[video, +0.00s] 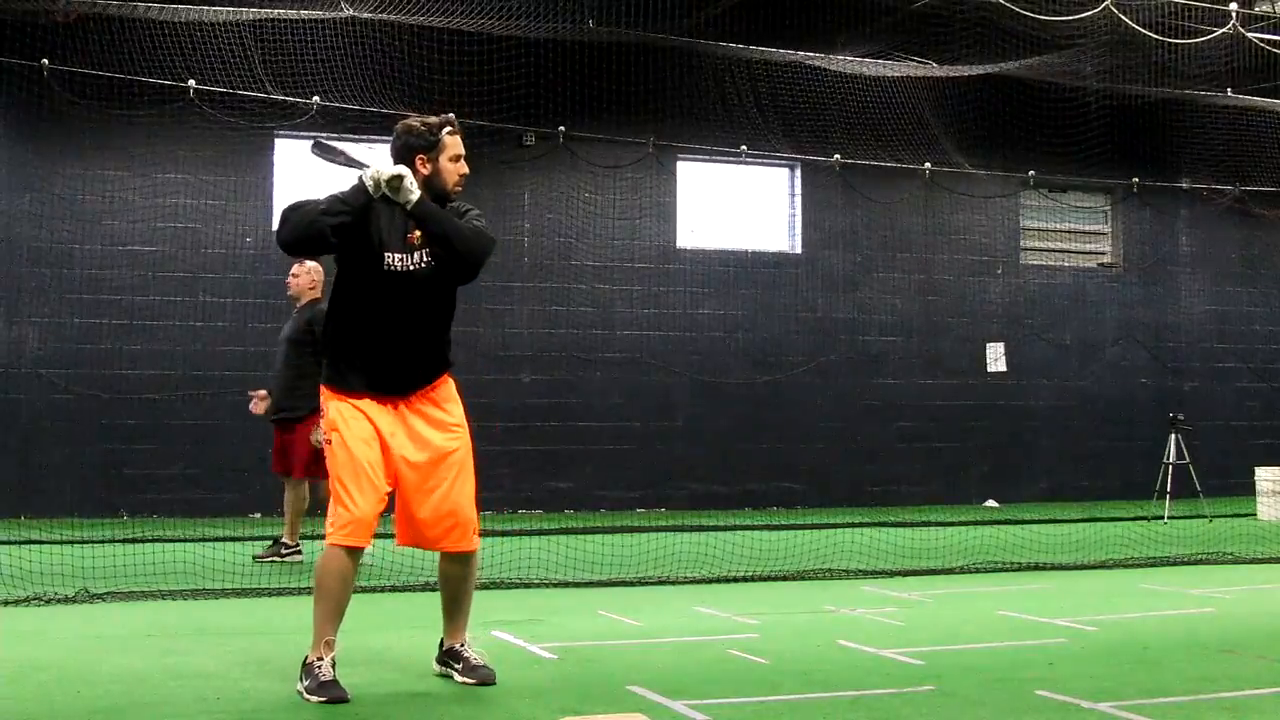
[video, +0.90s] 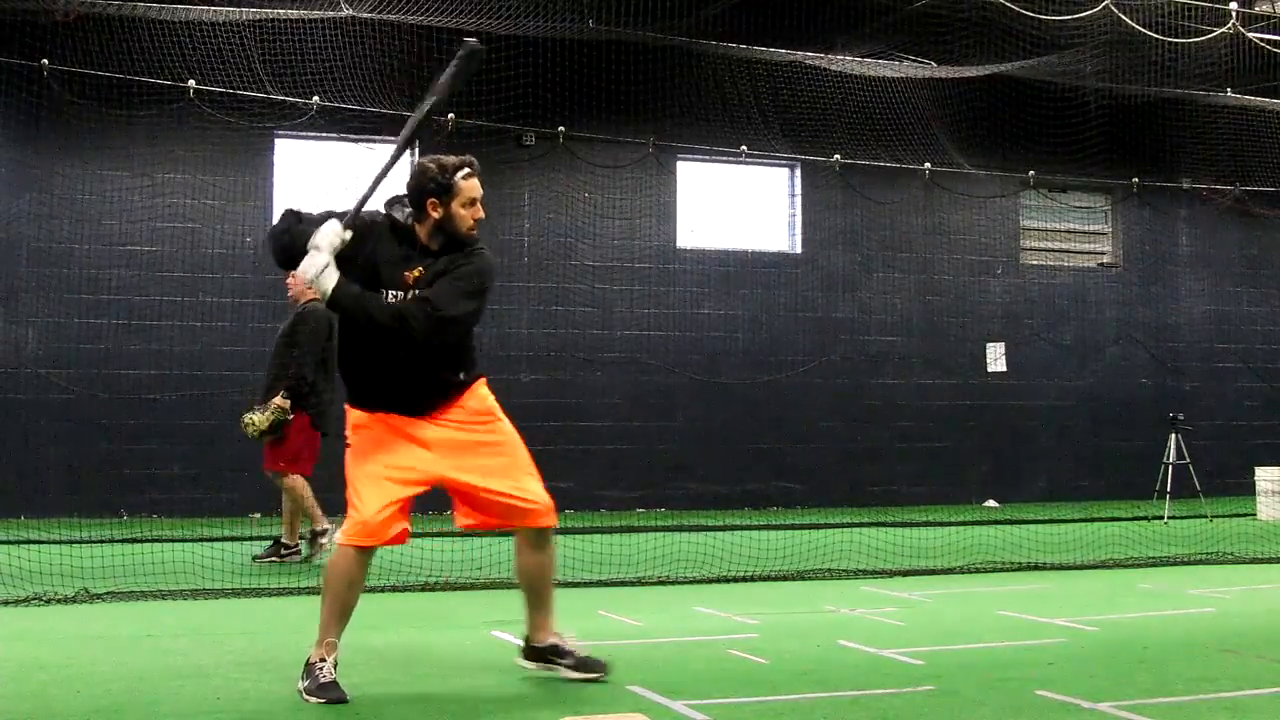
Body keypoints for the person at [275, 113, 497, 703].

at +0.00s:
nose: (464, 167)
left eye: (463, 157)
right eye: (455, 158)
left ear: (434, 163)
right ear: (421, 163)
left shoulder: (457, 219)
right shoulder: (360, 210)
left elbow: (474, 252)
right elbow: (291, 235)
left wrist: (416, 200)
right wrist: (362, 192)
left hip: (430, 395)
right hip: (354, 397)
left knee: (459, 527)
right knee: (353, 523)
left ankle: (454, 646)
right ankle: (320, 657)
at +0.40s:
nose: (450, 181)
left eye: (451, 171)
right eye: (442, 172)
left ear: (416, 175)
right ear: (407, 176)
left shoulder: (443, 232)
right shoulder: (343, 214)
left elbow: (445, 300)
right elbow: (266, 257)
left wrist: (386, 259)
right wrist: (339, 236)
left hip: (409, 400)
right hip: (332, 404)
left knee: (451, 516)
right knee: (342, 525)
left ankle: (438, 629)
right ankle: (318, 658)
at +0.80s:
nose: (469, 205)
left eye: (470, 194)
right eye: (460, 196)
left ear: (436, 198)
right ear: (422, 199)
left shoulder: (460, 258)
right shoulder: (359, 229)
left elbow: (429, 332)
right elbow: (271, 249)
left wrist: (334, 310)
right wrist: (300, 265)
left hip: (440, 401)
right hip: (359, 411)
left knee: (502, 499)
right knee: (348, 531)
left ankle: (481, 627)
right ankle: (322, 658)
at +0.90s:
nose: (480, 213)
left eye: (481, 202)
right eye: (470, 203)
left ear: (448, 206)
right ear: (432, 207)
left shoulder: (472, 264)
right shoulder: (373, 235)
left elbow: (414, 322)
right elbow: (285, 234)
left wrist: (331, 285)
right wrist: (314, 240)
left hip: (463, 409)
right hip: (381, 419)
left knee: (537, 516)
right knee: (363, 531)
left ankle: (543, 641)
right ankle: (323, 658)